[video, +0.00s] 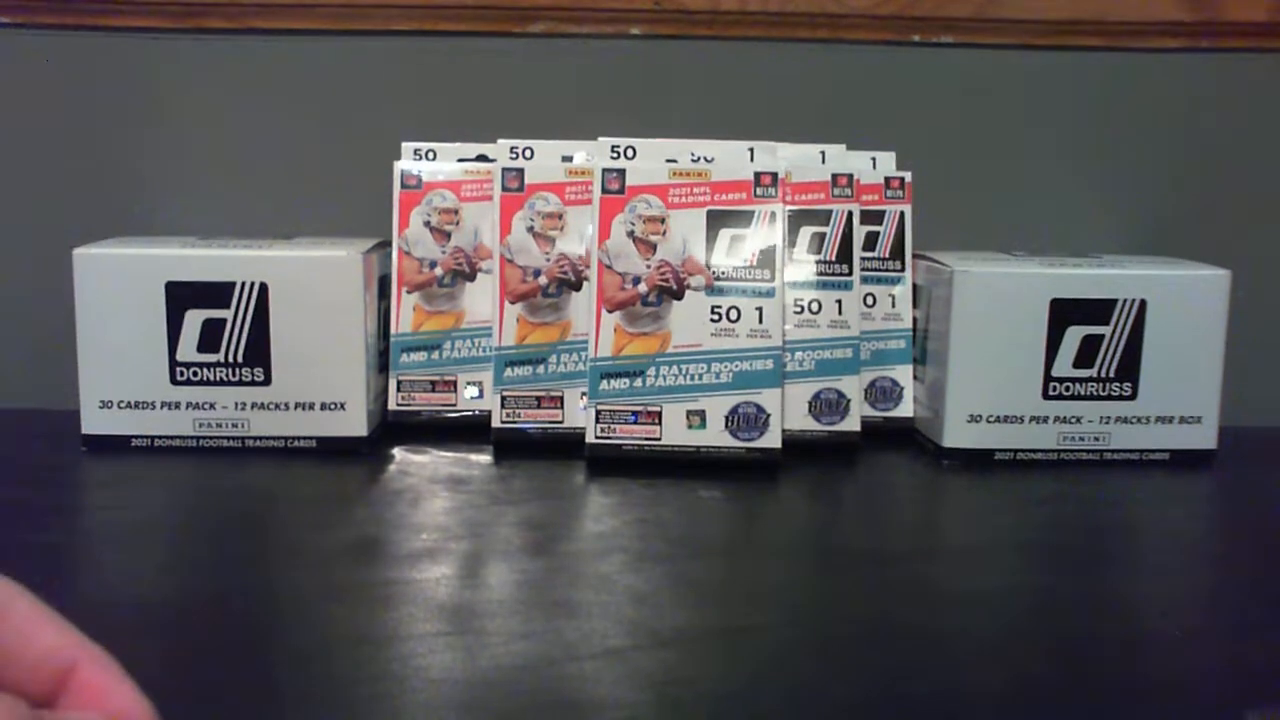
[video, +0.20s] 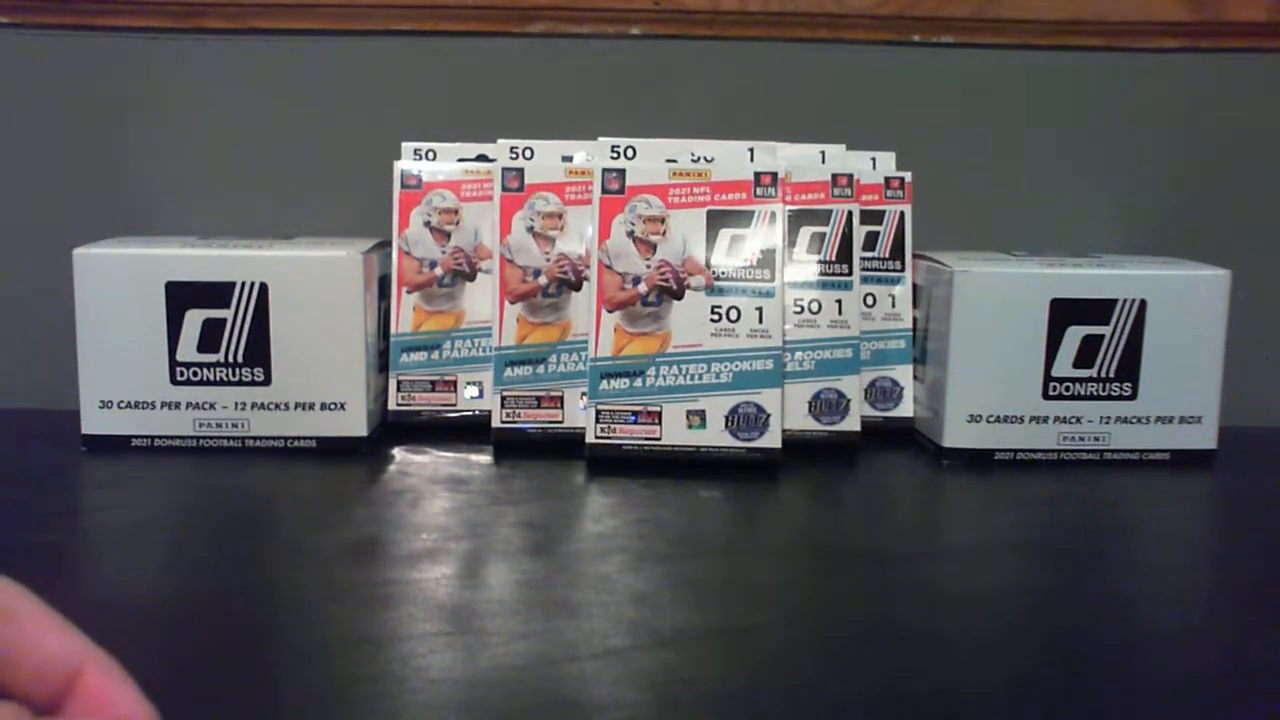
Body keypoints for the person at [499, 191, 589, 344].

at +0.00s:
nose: (555, 223)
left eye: (559, 217)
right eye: (549, 217)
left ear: (564, 220)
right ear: (533, 218)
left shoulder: (568, 245)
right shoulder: (514, 244)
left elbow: (577, 286)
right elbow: (512, 294)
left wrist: (574, 272)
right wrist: (545, 278)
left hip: (557, 324)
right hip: (527, 323)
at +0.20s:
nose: (555, 223)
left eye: (559, 217)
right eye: (549, 217)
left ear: (564, 219)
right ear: (533, 218)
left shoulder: (569, 244)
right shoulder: (514, 244)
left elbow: (577, 286)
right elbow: (512, 294)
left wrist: (575, 272)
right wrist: (545, 278)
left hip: (557, 324)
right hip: (526, 322)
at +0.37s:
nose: (555, 222)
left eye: (559, 217)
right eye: (549, 217)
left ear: (564, 219)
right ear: (533, 218)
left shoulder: (569, 244)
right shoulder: (514, 244)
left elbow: (577, 286)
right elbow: (512, 294)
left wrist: (576, 272)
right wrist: (545, 278)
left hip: (557, 324)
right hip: (526, 322)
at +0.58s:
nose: (555, 223)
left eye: (559, 217)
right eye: (549, 217)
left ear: (564, 219)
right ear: (533, 218)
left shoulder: (569, 244)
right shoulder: (514, 244)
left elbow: (577, 286)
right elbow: (512, 294)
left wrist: (576, 272)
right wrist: (545, 278)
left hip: (557, 324)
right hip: (526, 322)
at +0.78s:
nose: (555, 223)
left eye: (559, 217)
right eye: (549, 217)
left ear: (564, 219)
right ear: (533, 218)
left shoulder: (568, 244)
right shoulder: (514, 244)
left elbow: (577, 286)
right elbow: (512, 294)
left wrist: (573, 272)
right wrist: (545, 278)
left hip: (557, 324)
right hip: (526, 323)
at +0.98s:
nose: (556, 223)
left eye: (559, 217)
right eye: (549, 217)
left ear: (564, 219)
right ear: (534, 218)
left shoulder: (570, 244)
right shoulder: (514, 244)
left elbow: (578, 285)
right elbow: (512, 294)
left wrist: (572, 271)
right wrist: (545, 279)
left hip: (557, 324)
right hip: (526, 323)